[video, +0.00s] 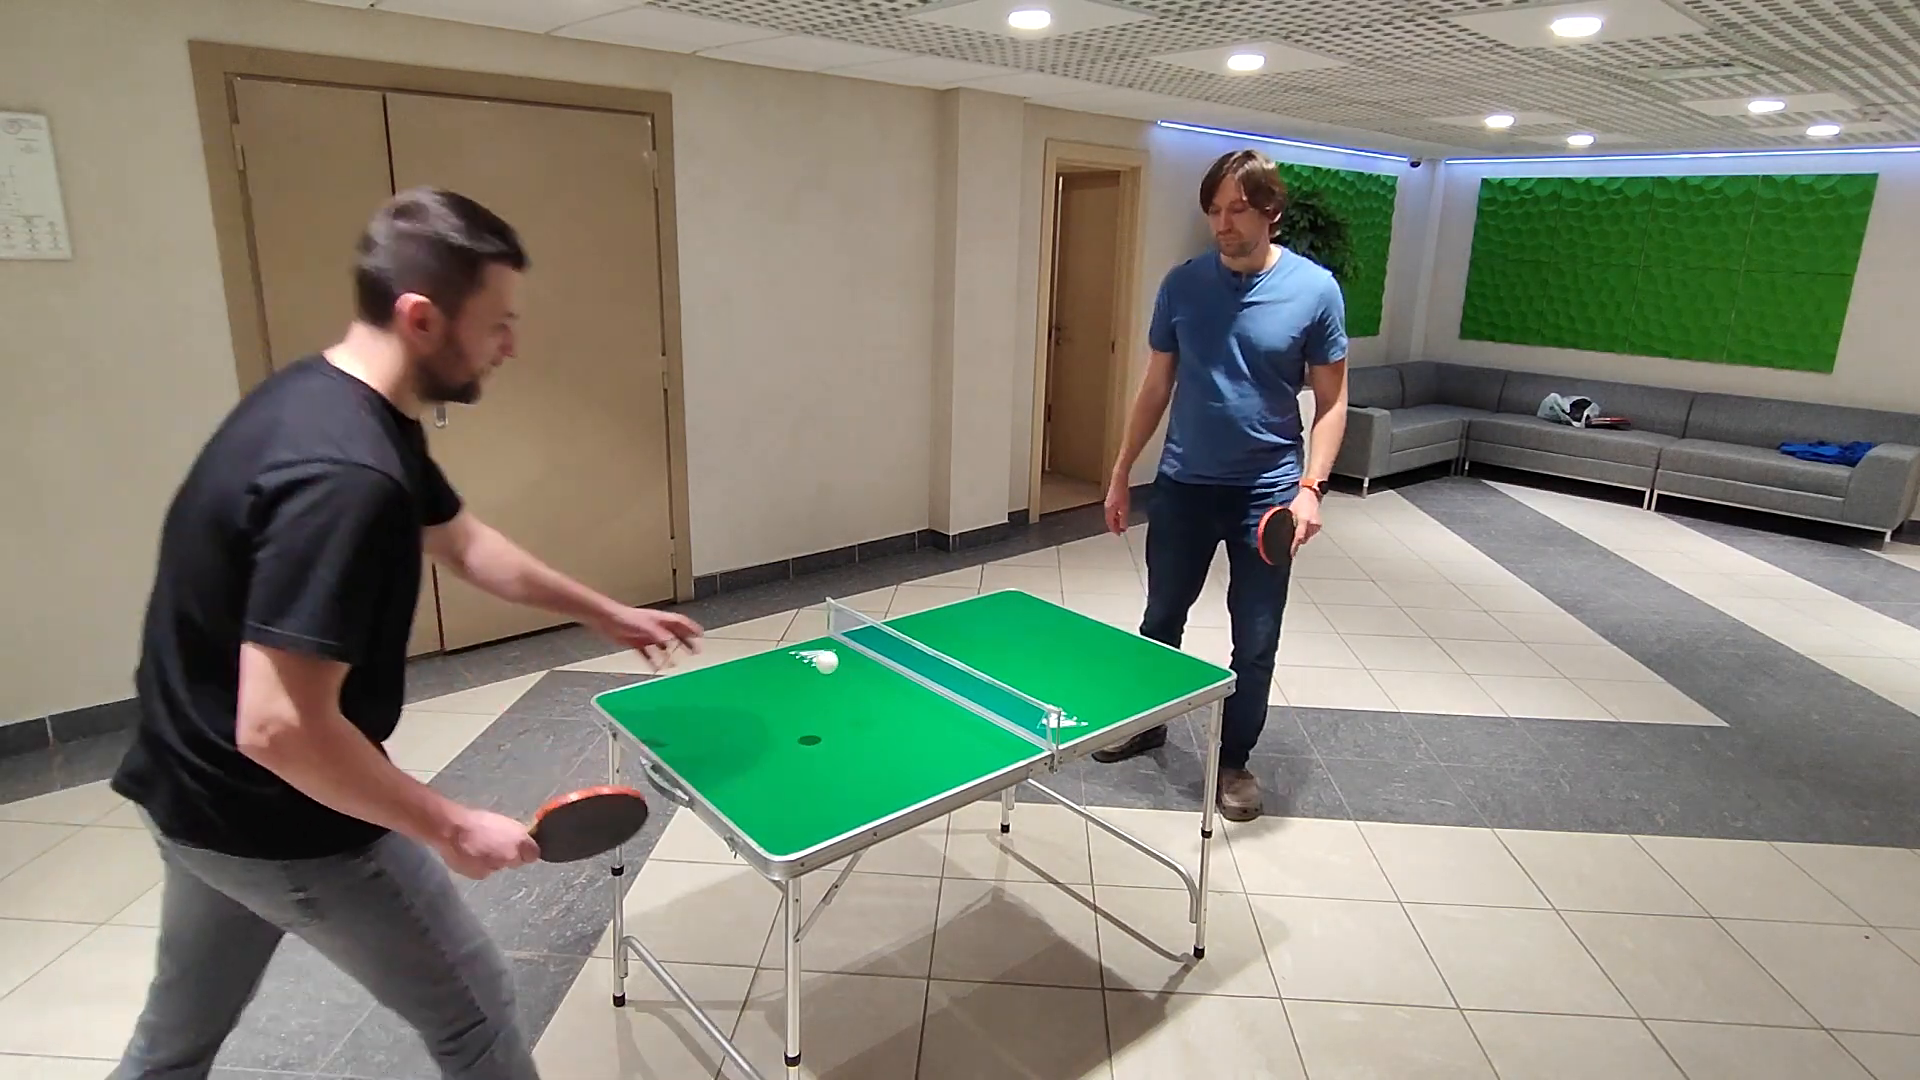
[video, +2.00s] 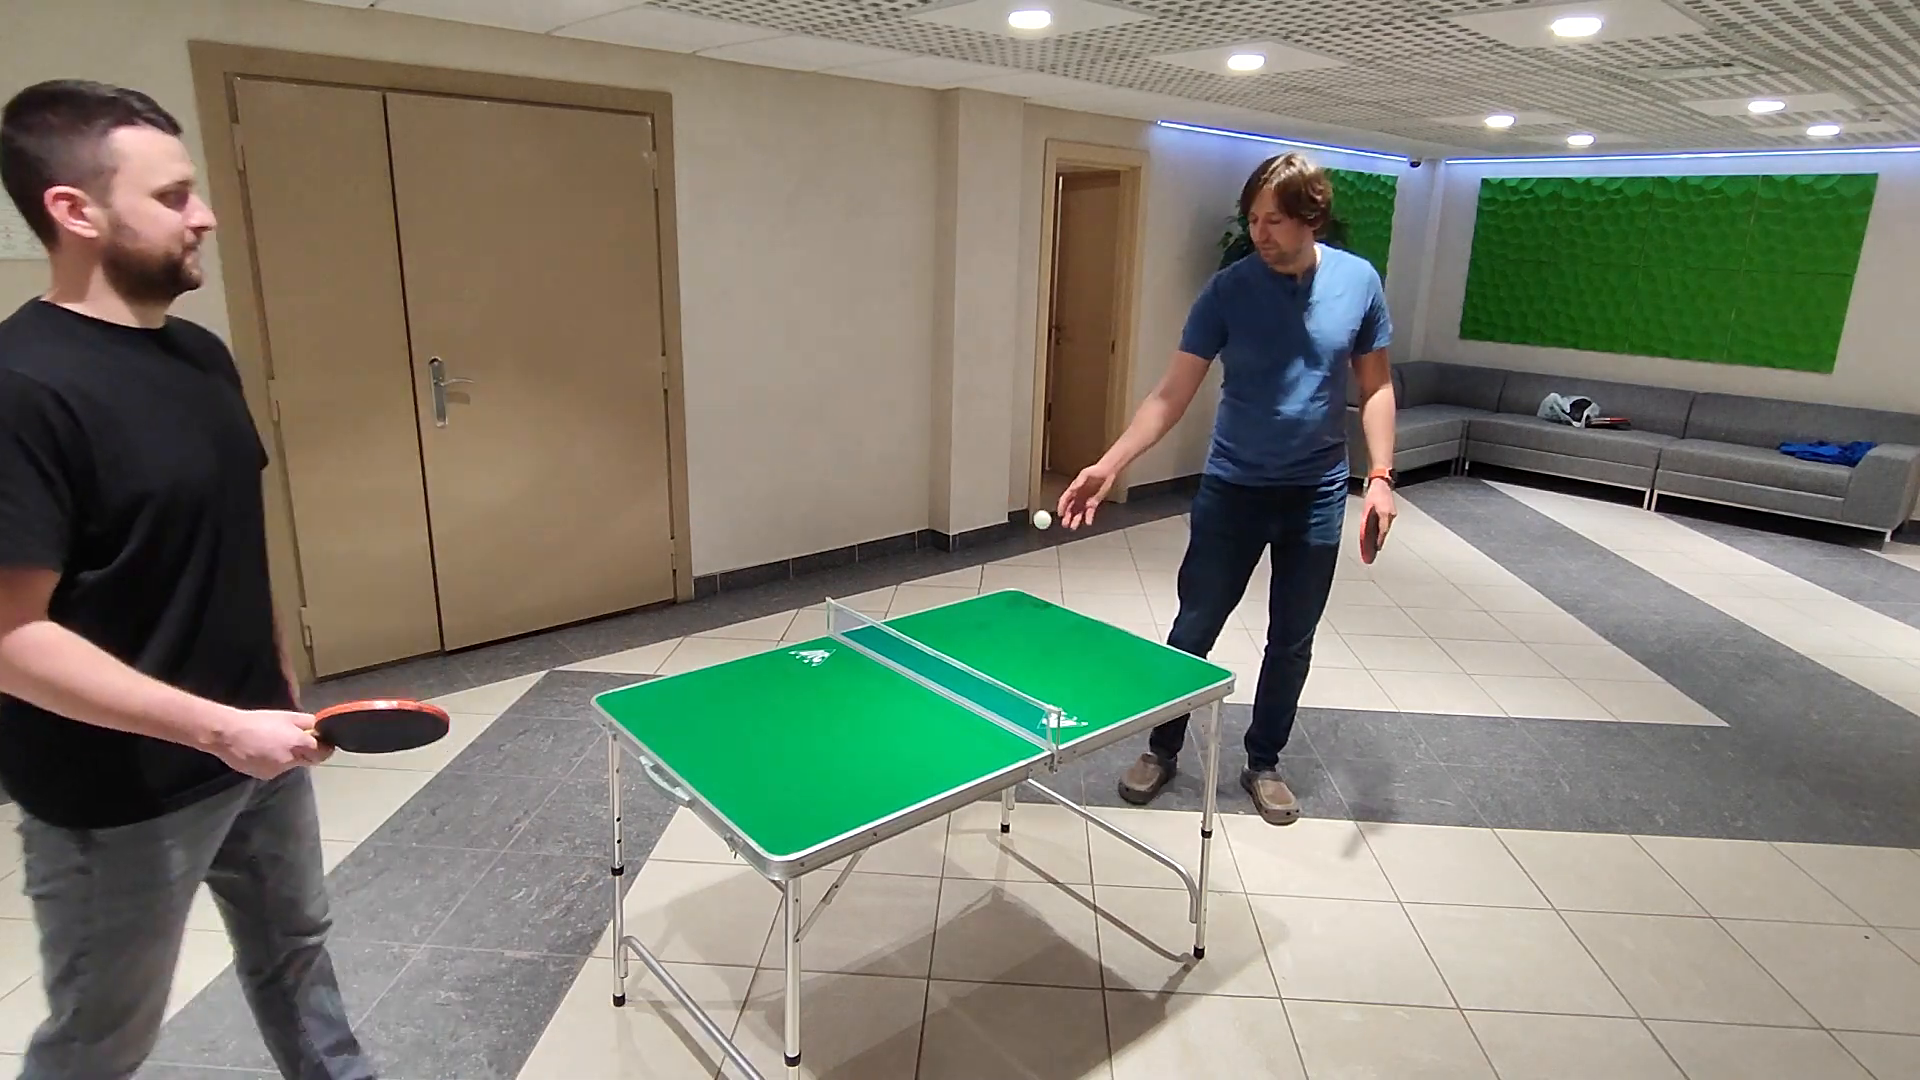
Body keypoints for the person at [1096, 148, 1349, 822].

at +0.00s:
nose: (1224, 224)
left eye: (1238, 212)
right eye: (1216, 212)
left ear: (1271, 213)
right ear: (1207, 212)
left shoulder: (1316, 290)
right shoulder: (1183, 283)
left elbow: (1331, 402)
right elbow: (1156, 384)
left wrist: (1311, 490)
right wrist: (1121, 469)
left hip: (1267, 488)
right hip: (1184, 481)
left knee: (1255, 644)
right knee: (1161, 616)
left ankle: (1235, 765)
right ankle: (1140, 720)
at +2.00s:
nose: (1260, 233)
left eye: (1274, 221)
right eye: (1254, 219)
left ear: (1312, 220)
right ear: (1249, 219)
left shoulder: (1359, 282)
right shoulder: (1231, 289)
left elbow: (1376, 387)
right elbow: (1169, 398)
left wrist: (1381, 477)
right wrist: (1109, 466)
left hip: (1317, 490)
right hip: (1232, 486)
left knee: (1293, 643)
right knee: (1192, 630)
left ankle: (1264, 764)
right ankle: (1160, 752)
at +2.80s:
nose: (1225, 222)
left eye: (1237, 208)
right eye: (1212, 207)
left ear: (1252, 207)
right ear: (1187, 206)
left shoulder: (1272, 278)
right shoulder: (1150, 285)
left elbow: (1314, 369)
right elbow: (1125, 401)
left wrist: (1346, 383)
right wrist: (1194, 414)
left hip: (1243, 486)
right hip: (1161, 489)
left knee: (1261, 633)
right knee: (1153, 634)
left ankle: (1260, 765)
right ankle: (1151, 761)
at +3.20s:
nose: (1250, 219)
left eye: (1258, 205)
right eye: (1238, 206)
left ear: (1264, 207)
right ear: (1199, 206)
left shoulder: (1277, 289)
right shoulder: (1147, 282)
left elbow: (1286, 396)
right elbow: (1110, 383)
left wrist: (1304, 452)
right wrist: (1147, 420)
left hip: (1235, 487)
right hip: (1154, 486)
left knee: (1253, 642)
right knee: (1148, 634)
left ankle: (1253, 766)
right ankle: (1149, 763)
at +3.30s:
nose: (1245, 220)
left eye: (1254, 206)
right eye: (1232, 207)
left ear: (1264, 207)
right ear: (1201, 208)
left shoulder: (1285, 291)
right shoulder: (1153, 279)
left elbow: (1275, 407)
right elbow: (1115, 377)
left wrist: (1235, 485)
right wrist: (1140, 424)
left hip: (1240, 485)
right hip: (1157, 483)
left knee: (1256, 640)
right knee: (1149, 628)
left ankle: (1253, 766)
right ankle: (1150, 761)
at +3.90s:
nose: (1252, 225)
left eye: (1267, 213)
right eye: (1247, 212)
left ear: (1304, 217)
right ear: (1243, 216)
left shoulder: (1346, 293)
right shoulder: (1233, 280)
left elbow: (1362, 415)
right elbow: (1214, 379)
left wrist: (1274, 483)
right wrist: (1176, 424)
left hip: (1303, 495)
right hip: (1226, 483)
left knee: (1305, 648)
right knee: (1187, 628)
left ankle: (1298, 775)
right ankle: (1153, 755)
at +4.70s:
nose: (1188, 260)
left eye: (1196, 247)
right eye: (1185, 248)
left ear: (1235, 241)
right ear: (1214, 244)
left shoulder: (1281, 308)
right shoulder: (1220, 289)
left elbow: (1272, 430)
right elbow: (1216, 369)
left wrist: (1187, 484)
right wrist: (1154, 415)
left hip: (1281, 484)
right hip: (1225, 477)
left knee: (1282, 626)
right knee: (1207, 597)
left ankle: (1298, 770)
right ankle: (1209, 710)